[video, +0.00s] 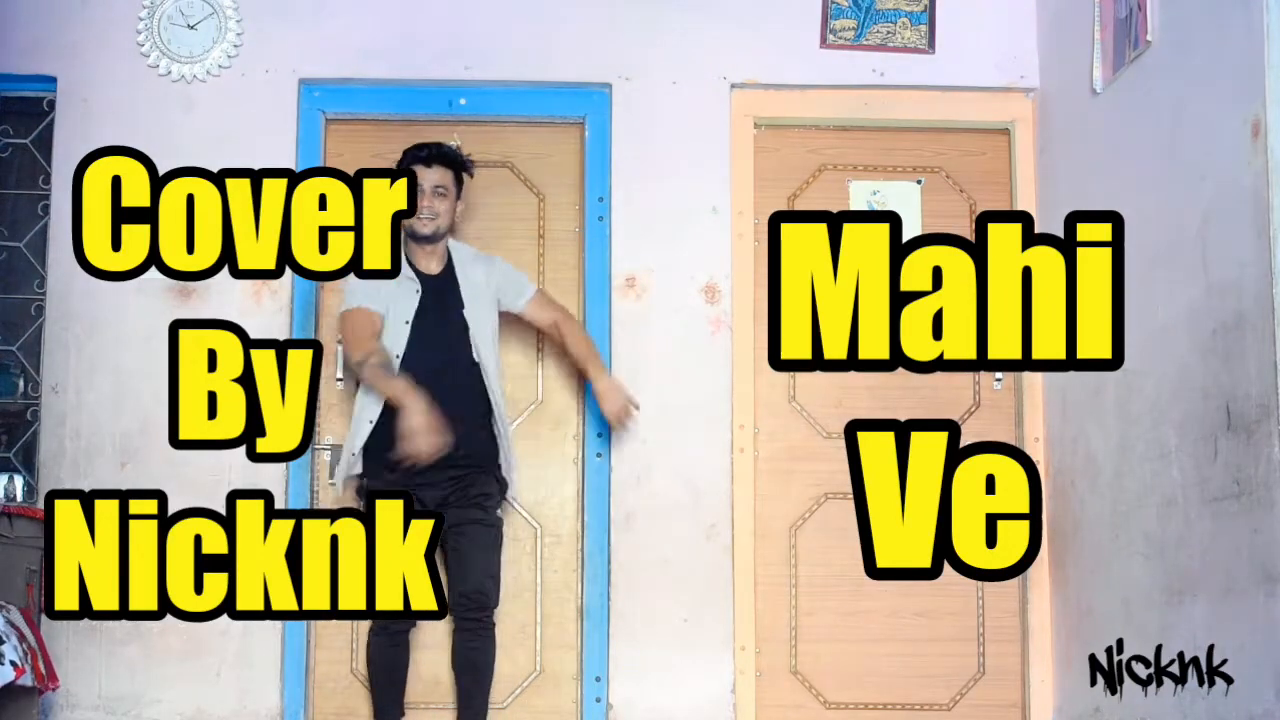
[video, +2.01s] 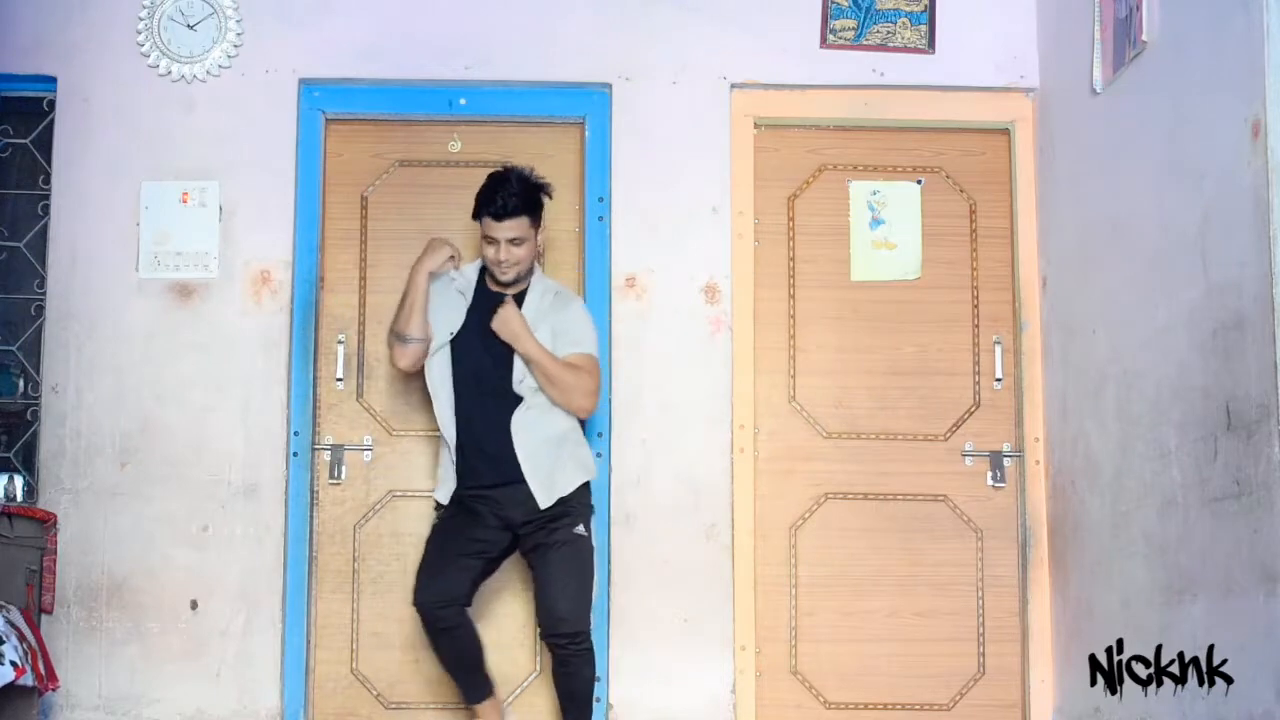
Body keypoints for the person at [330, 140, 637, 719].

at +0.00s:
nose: (427, 201)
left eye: (439, 191)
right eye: (416, 190)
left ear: (458, 201)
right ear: (398, 199)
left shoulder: (485, 271)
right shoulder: (372, 274)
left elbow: (559, 320)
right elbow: (360, 349)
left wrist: (601, 380)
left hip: (473, 472)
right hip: (395, 476)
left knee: (476, 611)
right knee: (393, 613)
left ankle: (473, 718)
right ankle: (387, 717)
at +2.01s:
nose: (502, 255)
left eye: (516, 242)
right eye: (491, 241)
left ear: (539, 237)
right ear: (478, 234)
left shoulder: (564, 308)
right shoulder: (448, 293)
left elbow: (584, 400)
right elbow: (406, 358)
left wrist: (524, 340)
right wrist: (421, 271)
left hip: (556, 499)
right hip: (475, 499)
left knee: (566, 631)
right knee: (437, 600)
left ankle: (578, 719)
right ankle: (485, 708)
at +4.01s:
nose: (520, 219)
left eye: (531, 205)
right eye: (506, 207)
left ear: (544, 203)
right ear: (483, 207)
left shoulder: (563, 270)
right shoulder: (446, 267)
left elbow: (560, 364)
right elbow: (392, 328)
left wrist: (483, 340)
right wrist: (385, 227)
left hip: (509, 486)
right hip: (423, 478)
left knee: (534, 623)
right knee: (387, 614)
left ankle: (567, 717)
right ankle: (385, 717)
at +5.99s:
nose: (367, 188)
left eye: (378, 180)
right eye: (353, 181)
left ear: (395, 196)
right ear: (333, 200)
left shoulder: (429, 266)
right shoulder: (308, 270)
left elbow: (502, 335)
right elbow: (272, 332)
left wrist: (444, 309)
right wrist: (313, 246)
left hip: (405, 483)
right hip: (318, 481)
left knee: (446, 621)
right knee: (299, 626)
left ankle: (478, 715)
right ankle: (289, 719)